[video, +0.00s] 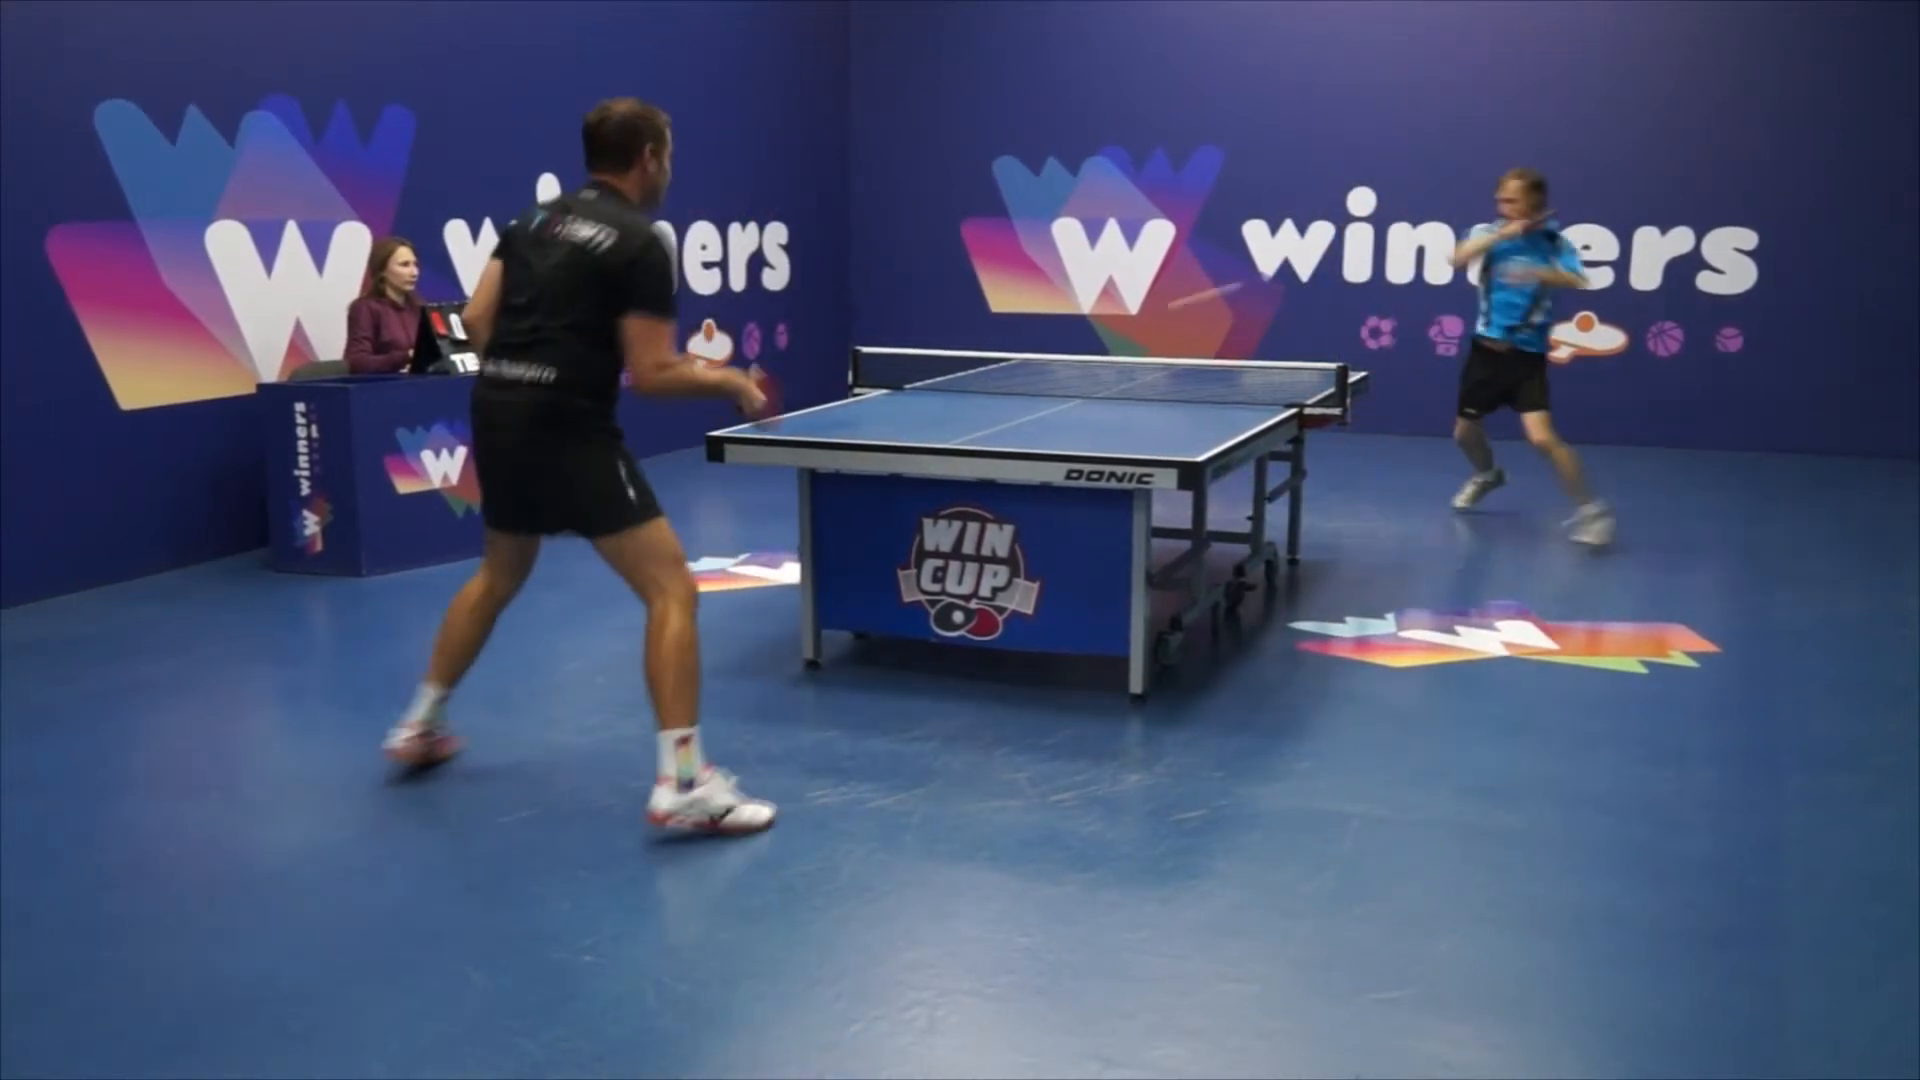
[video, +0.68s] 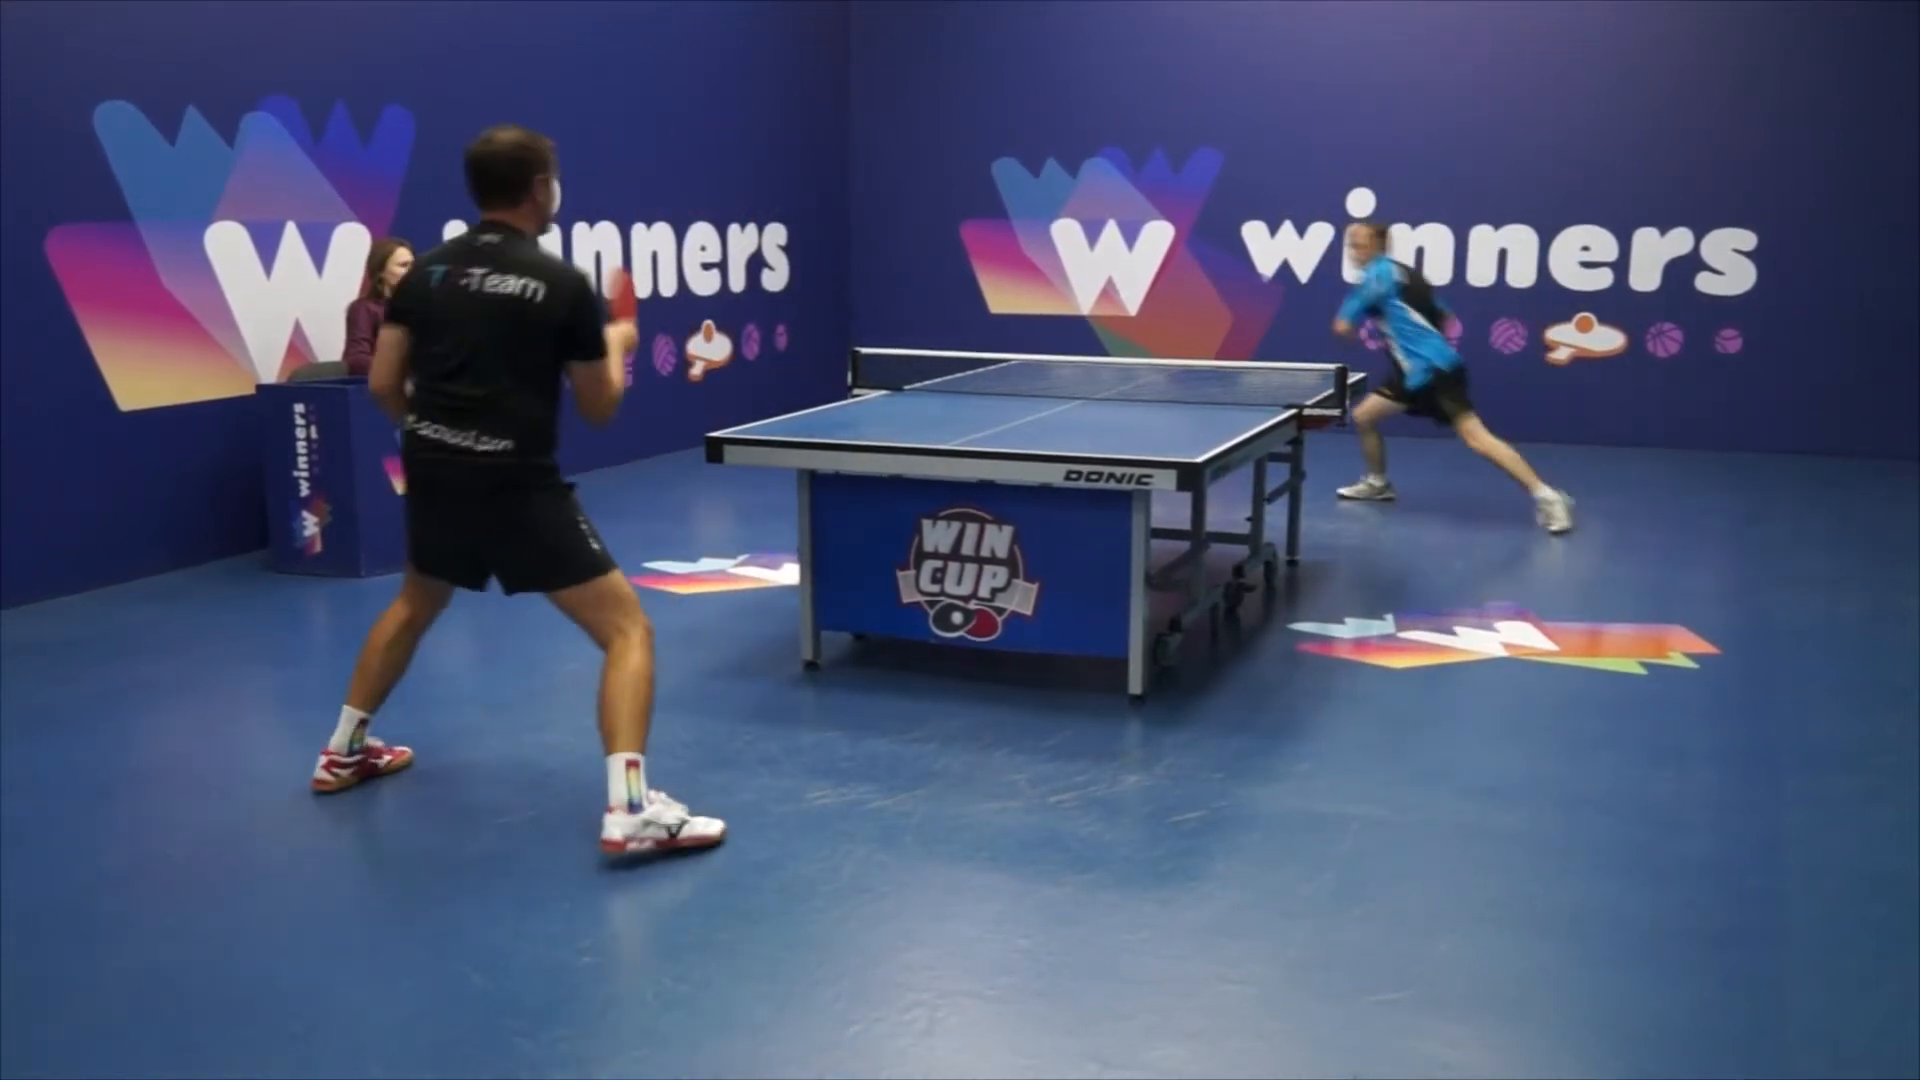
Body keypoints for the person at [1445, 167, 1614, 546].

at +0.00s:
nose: (1507, 210)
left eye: (1514, 203)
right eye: (1503, 202)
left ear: (1537, 205)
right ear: (1498, 203)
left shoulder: (1555, 244)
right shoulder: (1487, 233)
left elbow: (1577, 280)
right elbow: (1458, 259)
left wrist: (1539, 274)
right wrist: (1500, 236)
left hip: (1527, 355)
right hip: (1485, 349)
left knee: (1541, 436)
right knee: (1465, 432)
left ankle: (1589, 509)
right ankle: (1487, 474)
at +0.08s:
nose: (1525, 219)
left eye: (1533, 212)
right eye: (1520, 212)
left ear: (1554, 215)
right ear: (1516, 213)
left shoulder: (1570, 261)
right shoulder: (1506, 247)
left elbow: (1600, 304)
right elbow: (1476, 296)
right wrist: (1502, 272)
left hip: (1539, 370)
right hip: (1493, 360)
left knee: (1565, 448)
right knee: (1464, 440)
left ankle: (1623, 514)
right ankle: (1472, 477)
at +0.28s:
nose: (1501, 215)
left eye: (1509, 208)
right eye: (1497, 207)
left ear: (1529, 212)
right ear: (1493, 210)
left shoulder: (1548, 259)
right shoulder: (1484, 251)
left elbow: (1570, 311)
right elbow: (1453, 291)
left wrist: (1562, 353)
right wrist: (1450, 288)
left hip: (1533, 371)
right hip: (1486, 368)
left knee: (1566, 436)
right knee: (1438, 427)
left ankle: (1613, 513)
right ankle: (1444, 481)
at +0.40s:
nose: (1460, 219)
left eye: (1468, 212)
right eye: (1457, 212)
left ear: (1488, 214)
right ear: (1454, 215)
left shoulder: (1514, 258)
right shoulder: (1453, 260)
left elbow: (1541, 304)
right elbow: (1437, 301)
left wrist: (1522, 352)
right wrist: (1417, 313)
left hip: (1514, 359)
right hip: (1472, 360)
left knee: (1532, 431)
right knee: (1429, 421)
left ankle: (1567, 498)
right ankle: (1408, 477)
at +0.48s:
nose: (1436, 236)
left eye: (1443, 228)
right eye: (1431, 229)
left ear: (1461, 230)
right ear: (1428, 232)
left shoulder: (1481, 270)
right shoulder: (1439, 276)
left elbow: (1505, 318)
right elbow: (1444, 318)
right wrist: (1413, 333)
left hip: (1500, 368)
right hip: (1461, 367)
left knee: (1516, 445)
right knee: (1411, 425)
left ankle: (1568, 506)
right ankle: (1392, 479)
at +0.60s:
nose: (1387, 254)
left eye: (1394, 247)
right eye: (1383, 247)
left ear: (1412, 248)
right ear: (1381, 249)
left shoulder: (1416, 282)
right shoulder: (1409, 281)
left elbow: (1404, 322)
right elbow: (1425, 325)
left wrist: (1384, 328)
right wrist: (1388, 332)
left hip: (1461, 379)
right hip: (1430, 376)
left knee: (1487, 455)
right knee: (1377, 420)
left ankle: (1561, 504)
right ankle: (1378, 483)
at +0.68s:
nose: (1355, 251)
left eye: (1361, 245)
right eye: (1352, 245)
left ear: (1378, 245)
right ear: (1352, 245)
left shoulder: (1380, 272)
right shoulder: (1400, 274)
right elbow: (1442, 317)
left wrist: (1347, 317)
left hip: (1438, 370)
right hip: (1413, 374)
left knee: (1476, 438)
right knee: (1363, 416)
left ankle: (1547, 497)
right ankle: (1377, 482)